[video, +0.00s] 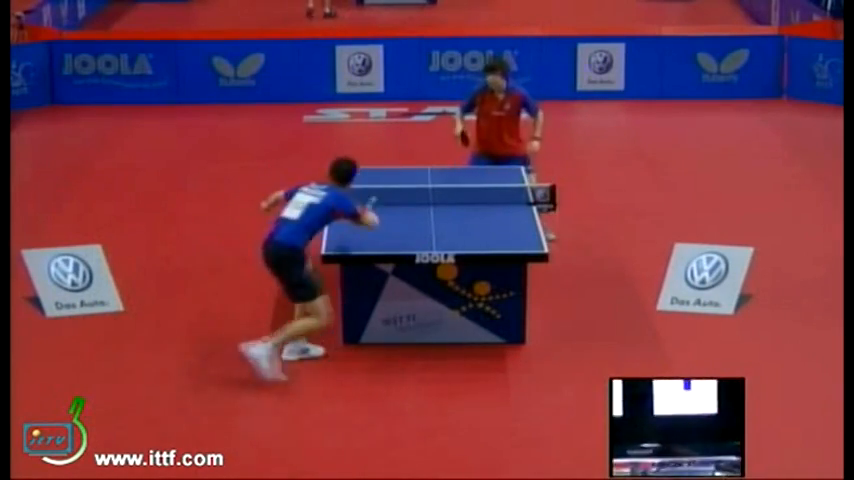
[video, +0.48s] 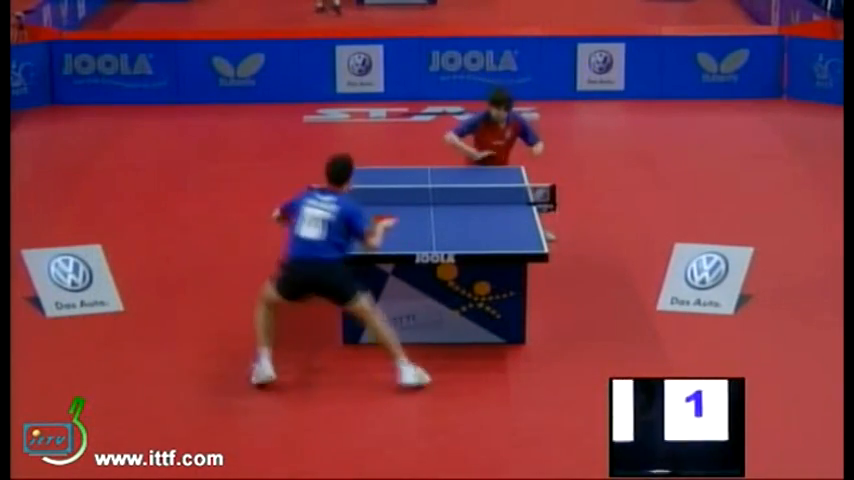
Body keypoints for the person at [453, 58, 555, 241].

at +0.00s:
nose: (492, 81)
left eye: (496, 77)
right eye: (489, 77)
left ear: (504, 77)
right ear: (486, 78)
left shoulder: (517, 95)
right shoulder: (481, 94)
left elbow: (538, 113)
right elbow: (462, 111)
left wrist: (536, 139)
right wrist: (460, 129)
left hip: (514, 155)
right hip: (485, 153)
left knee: (528, 192)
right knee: (470, 188)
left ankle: (537, 229)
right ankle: (469, 231)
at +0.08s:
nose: (496, 85)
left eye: (500, 80)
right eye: (493, 80)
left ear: (507, 82)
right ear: (489, 81)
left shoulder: (519, 98)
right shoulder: (483, 98)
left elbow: (542, 117)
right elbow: (462, 114)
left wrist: (539, 142)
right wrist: (459, 132)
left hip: (515, 156)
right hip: (487, 155)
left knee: (530, 191)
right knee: (474, 189)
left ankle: (535, 229)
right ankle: (472, 231)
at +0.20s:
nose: (496, 95)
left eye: (499, 91)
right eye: (493, 91)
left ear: (506, 92)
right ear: (489, 92)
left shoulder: (518, 109)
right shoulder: (482, 107)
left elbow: (542, 127)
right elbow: (459, 123)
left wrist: (541, 149)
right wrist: (458, 139)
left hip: (514, 161)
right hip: (486, 160)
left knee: (530, 194)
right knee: (479, 197)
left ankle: (537, 229)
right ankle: (476, 232)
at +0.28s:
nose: (494, 103)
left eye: (498, 99)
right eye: (491, 98)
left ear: (504, 100)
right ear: (487, 99)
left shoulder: (516, 116)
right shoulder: (480, 114)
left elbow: (541, 135)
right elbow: (454, 131)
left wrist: (540, 150)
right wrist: (457, 144)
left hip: (509, 167)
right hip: (483, 167)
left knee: (526, 199)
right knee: (476, 202)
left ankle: (537, 231)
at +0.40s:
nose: (496, 113)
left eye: (500, 109)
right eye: (493, 108)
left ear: (506, 109)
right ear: (487, 107)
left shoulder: (515, 122)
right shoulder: (479, 120)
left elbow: (537, 143)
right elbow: (449, 137)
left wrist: (538, 151)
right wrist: (464, 152)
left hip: (504, 172)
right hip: (478, 171)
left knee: (520, 203)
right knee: (473, 208)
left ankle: (536, 232)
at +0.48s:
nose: (499, 114)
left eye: (503, 110)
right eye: (496, 109)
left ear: (509, 110)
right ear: (490, 107)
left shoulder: (516, 122)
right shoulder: (480, 120)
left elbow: (537, 143)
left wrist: (536, 150)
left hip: (502, 169)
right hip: (478, 169)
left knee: (518, 201)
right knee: (474, 205)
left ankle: (535, 231)